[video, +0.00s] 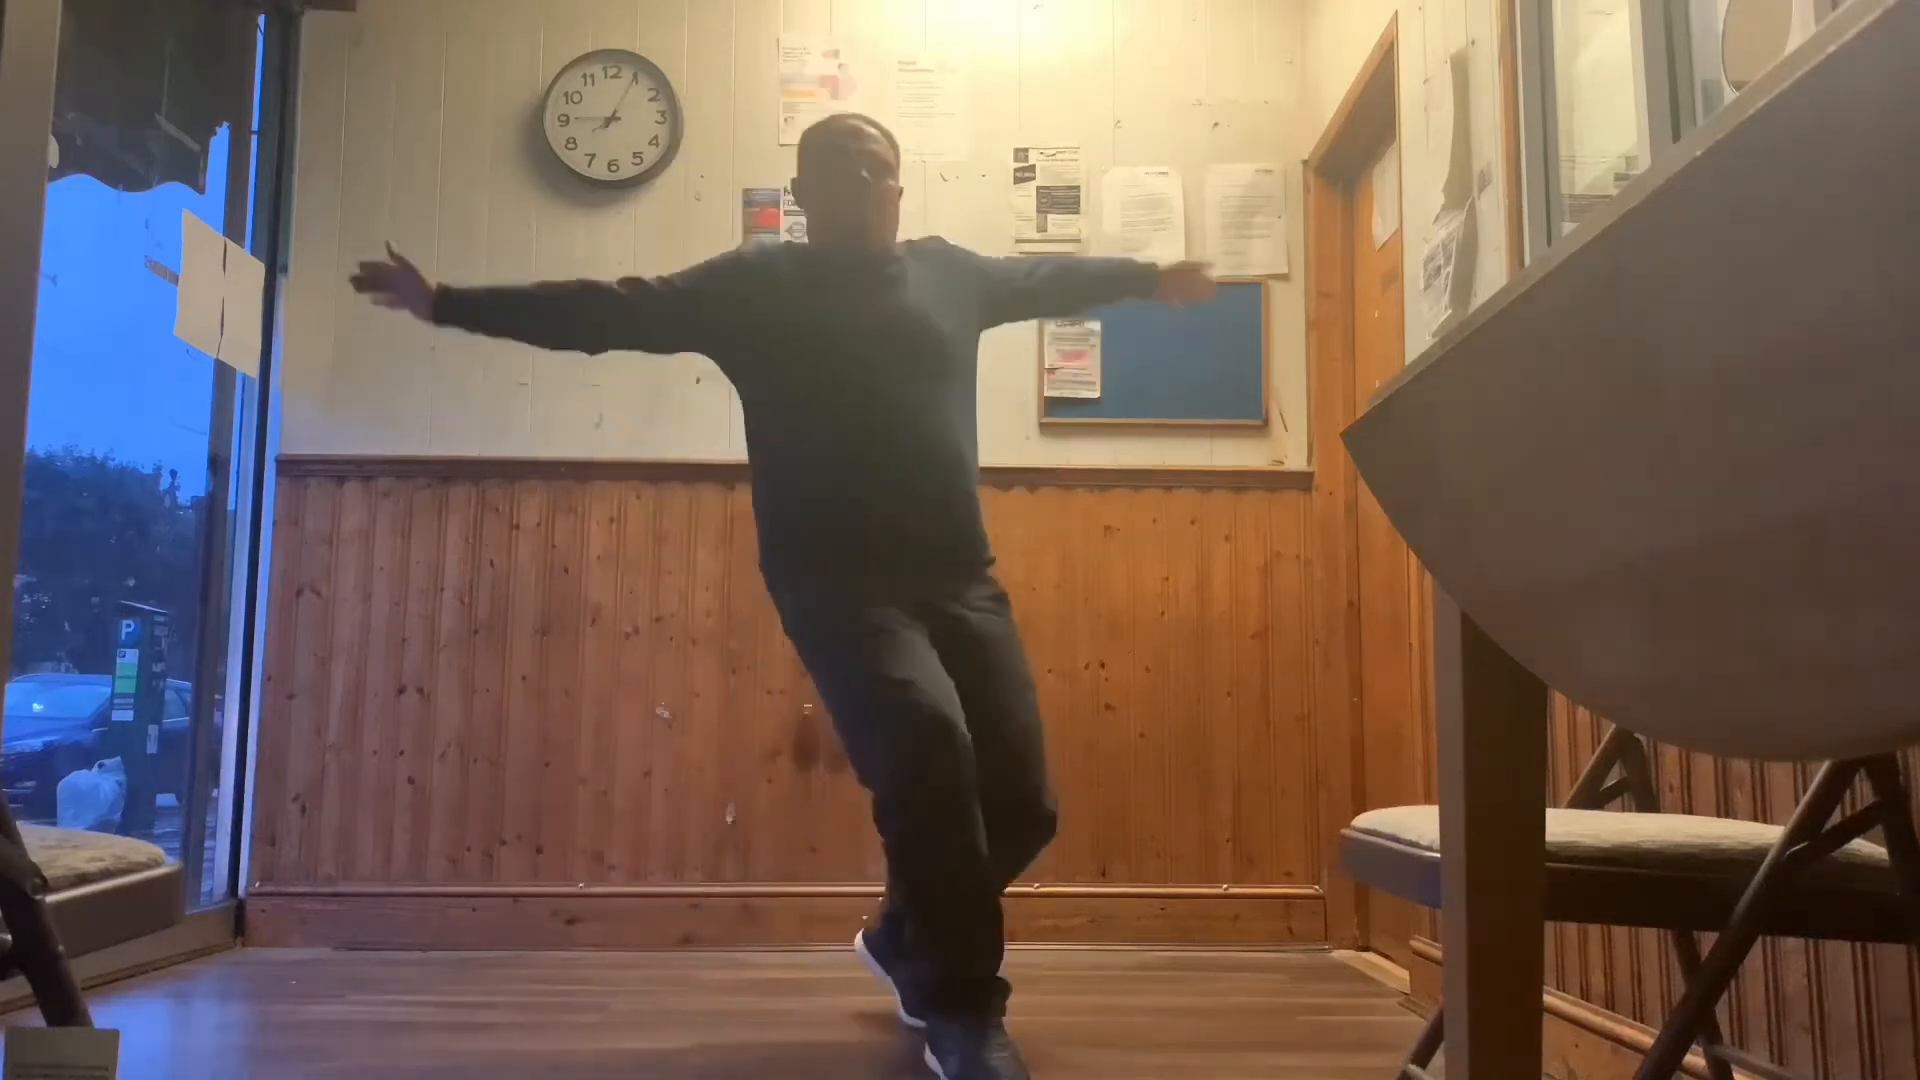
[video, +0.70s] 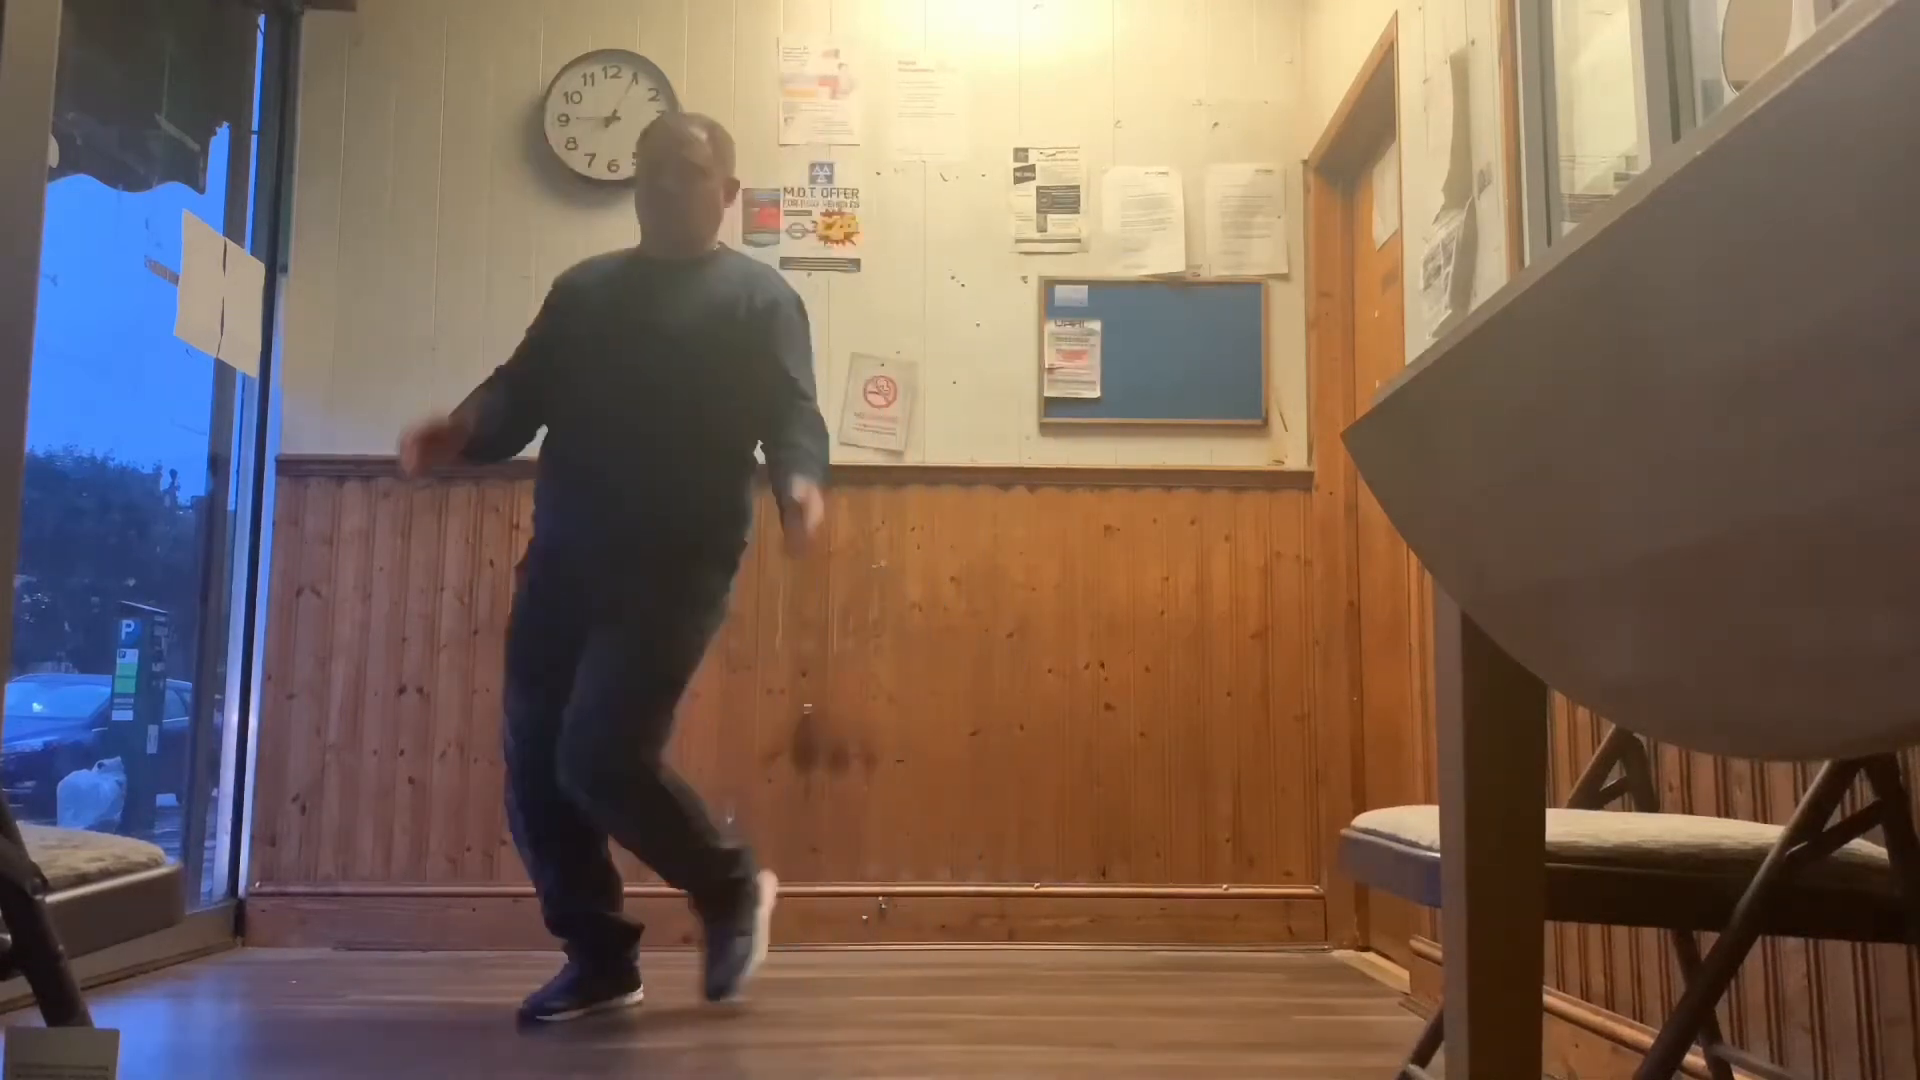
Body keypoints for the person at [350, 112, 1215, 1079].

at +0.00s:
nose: (875, 186)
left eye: (885, 170)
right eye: (851, 170)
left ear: (903, 189)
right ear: (803, 193)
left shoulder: (948, 276)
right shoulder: (753, 288)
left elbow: (1052, 278)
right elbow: (607, 312)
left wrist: (1153, 278)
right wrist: (444, 303)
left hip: (962, 576)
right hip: (842, 586)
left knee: (1022, 803)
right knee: (931, 756)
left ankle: (910, 936)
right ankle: (966, 1021)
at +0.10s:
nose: (869, 149)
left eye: (881, 136)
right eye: (848, 137)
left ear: (903, 164)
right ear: (812, 169)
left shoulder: (947, 270)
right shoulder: (758, 277)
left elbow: (1055, 349)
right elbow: (627, 372)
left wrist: (1178, 392)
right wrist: (472, 425)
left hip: (932, 555)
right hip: (812, 560)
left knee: (981, 775)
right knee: (887, 764)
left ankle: (896, 940)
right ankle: (958, 1010)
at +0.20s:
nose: (845, 132)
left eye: (863, 121)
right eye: (824, 122)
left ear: (892, 158)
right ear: (794, 158)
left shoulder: (931, 270)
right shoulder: (745, 265)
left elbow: (1003, 388)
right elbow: (677, 376)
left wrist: (1086, 472)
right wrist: (602, 447)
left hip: (899, 542)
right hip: (778, 540)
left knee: (945, 757)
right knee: (823, 726)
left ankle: (900, 959)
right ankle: (870, 977)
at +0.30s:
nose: (813, 117)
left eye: (830, 105)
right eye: (795, 104)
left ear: (860, 136)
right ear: (765, 135)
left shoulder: (902, 240)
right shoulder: (715, 229)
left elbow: (973, 356)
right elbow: (608, 340)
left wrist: (930, 363)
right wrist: (662, 296)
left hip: (874, 532)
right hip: (748, 529)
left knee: (916, 740)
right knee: (714, 712)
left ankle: (891, 966)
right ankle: (734, 872)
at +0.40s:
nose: (767, 87)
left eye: (786, 76)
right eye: (751, 75)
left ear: (818, 108)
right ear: (726, 106)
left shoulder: (858, 198)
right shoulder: (678, 192)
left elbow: (927, 305)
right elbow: (556, 253)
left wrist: (855, 248)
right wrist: (613, 181)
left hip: (830, 500)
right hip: (706, 496)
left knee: (860, 721)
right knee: (650, 694)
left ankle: (871, 940)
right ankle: (636, 871)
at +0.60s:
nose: (688, 154)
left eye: (710, 146)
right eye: (677, 142)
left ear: (749, 183)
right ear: (656, 168)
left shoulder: (784, 271)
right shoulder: (607, 265)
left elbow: (843, 371)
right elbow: (520, 341)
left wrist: (792, 323)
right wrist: (517, 256)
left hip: (720, 566)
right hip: (603, 557)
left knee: (715, 778)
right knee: (582, 776)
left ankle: (798, 931)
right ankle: (604, 959)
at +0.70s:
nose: (664, 190)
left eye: (686, 176)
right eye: (653, 175)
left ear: (729, 193)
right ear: (635, 186)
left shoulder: (759, 297)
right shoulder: (585, 290)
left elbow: (794, 411)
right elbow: (523, 390)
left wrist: (799, 474)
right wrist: (465, 433)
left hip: (678, 564)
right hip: (568, 556)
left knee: (601, 760)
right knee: (537, 769)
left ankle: (730, 887)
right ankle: (600, 957)